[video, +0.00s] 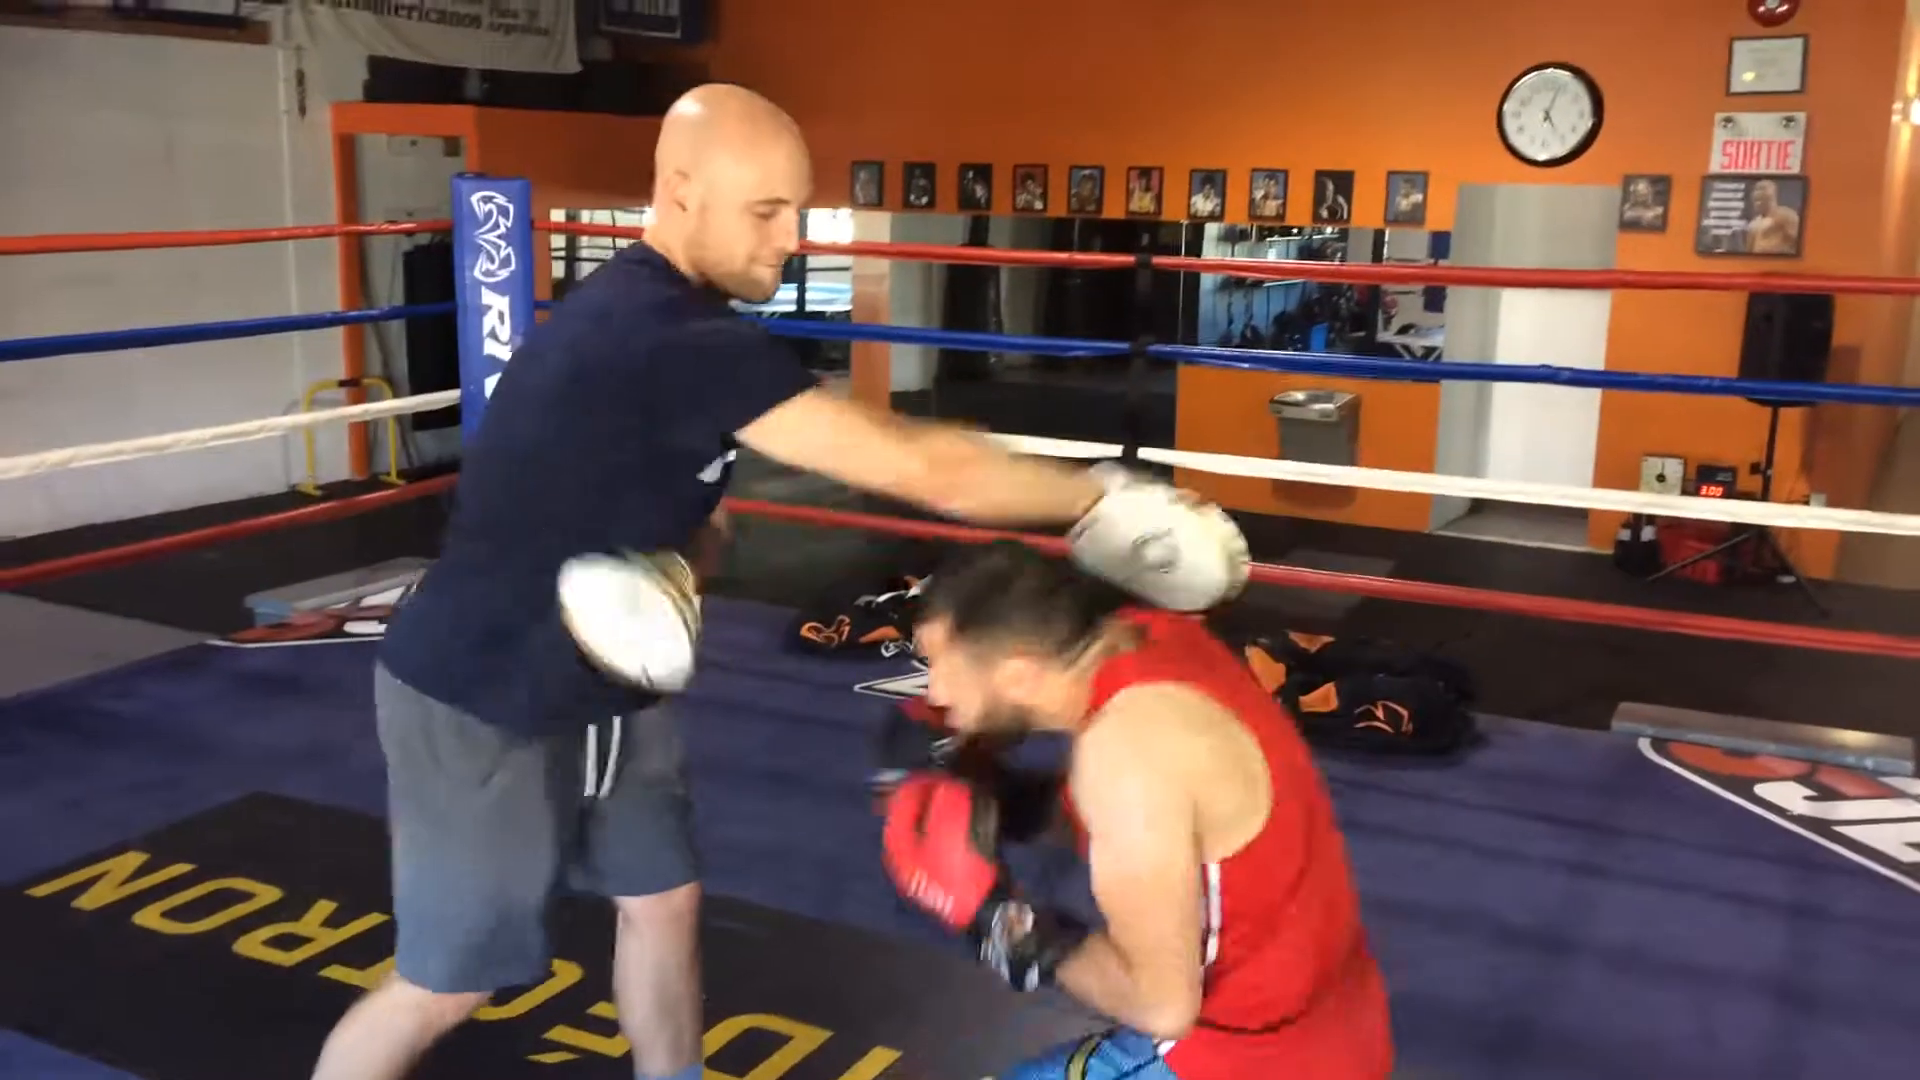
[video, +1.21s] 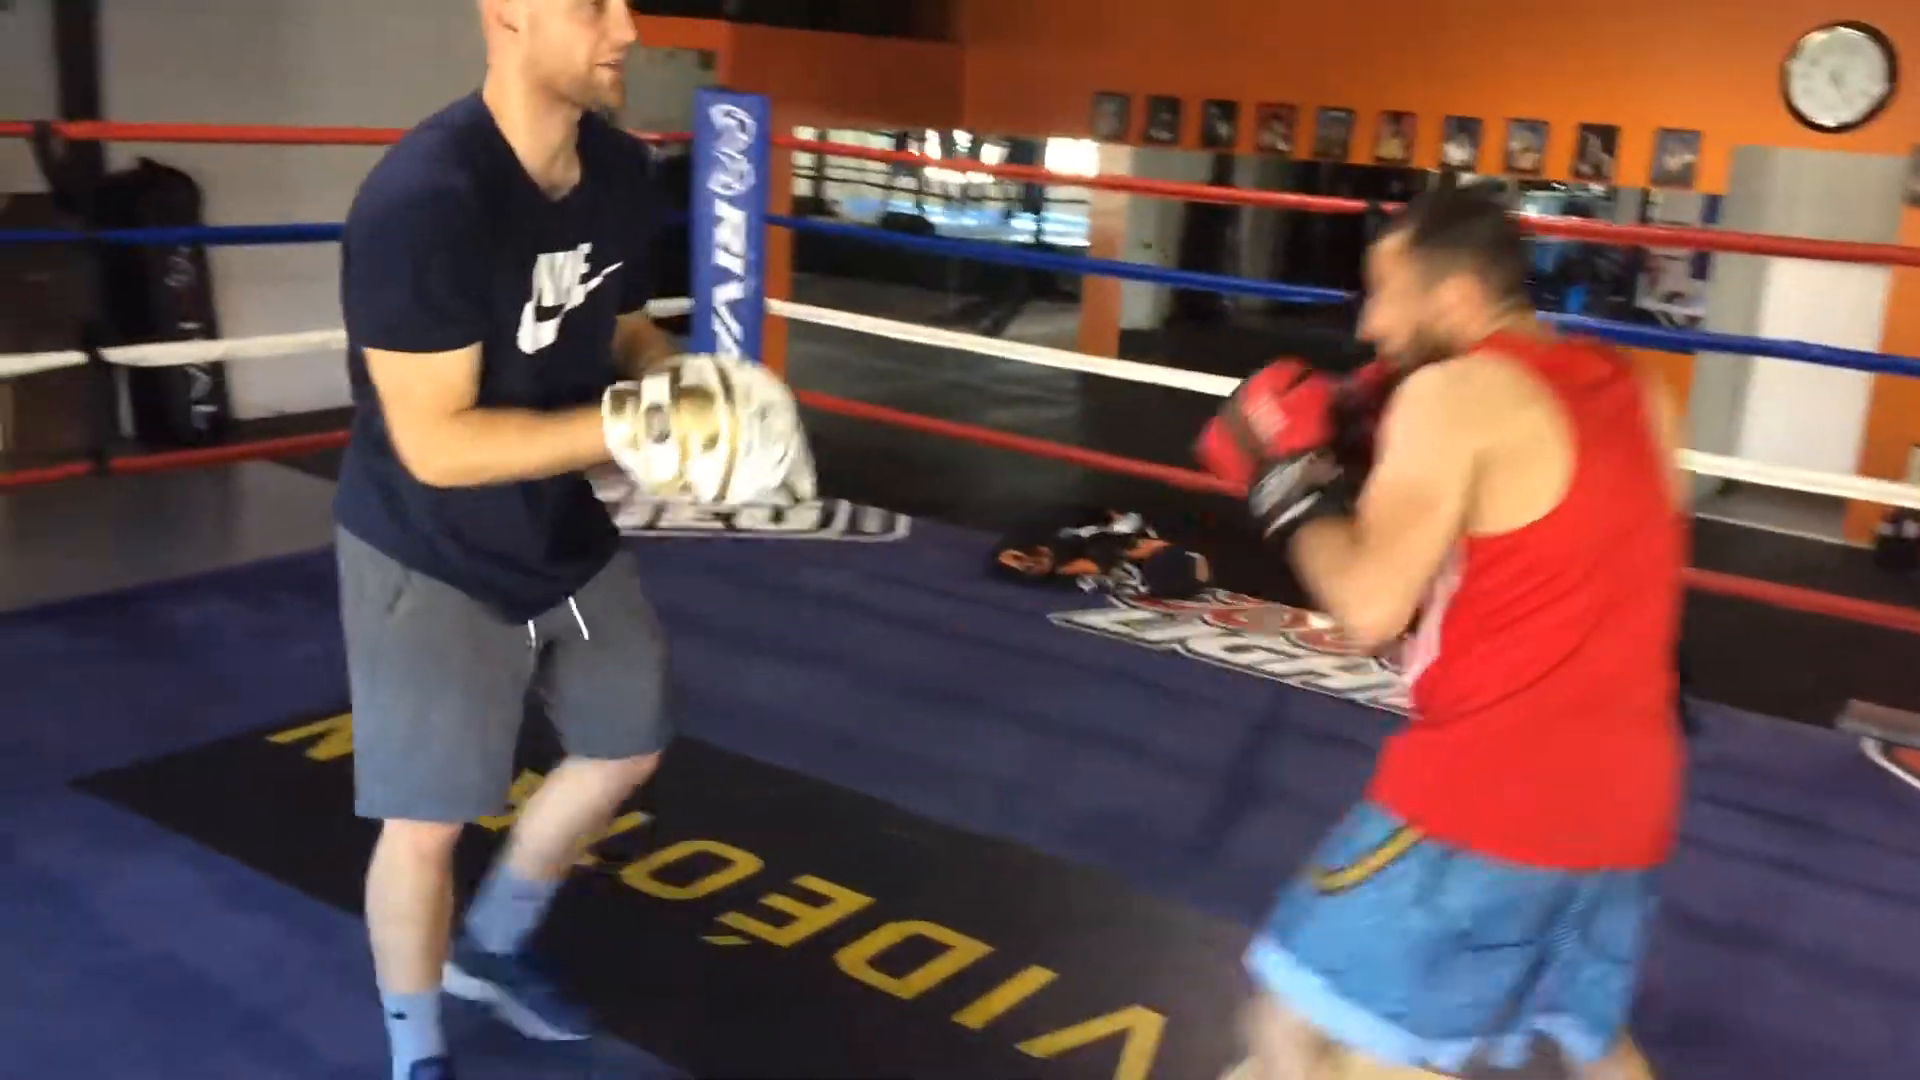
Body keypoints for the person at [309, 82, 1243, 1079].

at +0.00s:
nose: (793, 239)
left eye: (797, 212)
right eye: (769, 212)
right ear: (678, 199)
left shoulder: (677, 319)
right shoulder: (655, 333)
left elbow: (693, 490)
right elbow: (914, 465)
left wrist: (670, 573)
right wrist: (1105, 501)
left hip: (612, 674)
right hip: (473, 689)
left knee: (660, 898)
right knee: (452, 971)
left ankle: (668, 1079)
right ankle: (334, 1070)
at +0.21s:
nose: (833, 238)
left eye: (841, 211)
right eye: (810, 208)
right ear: (724, 186)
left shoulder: (756, 316)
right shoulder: (694, 335)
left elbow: (752, 530)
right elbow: (867, 531)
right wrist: (979, 529)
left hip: (627, 652)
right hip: (508, 668)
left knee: (684, 903)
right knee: (487, 962)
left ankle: (680, 1074)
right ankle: (352, 1071)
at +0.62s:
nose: (836, 179)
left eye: (843, 151)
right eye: (814, 148)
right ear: (729, 131)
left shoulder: (760, 280)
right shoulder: (664, 277)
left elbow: (759, 483)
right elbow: (763, 514)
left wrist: (775, 587)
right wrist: (901, 516)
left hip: (658, 624)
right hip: (516, 627)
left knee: (701, 843)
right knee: (480, 912)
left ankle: (694, 1071)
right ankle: (309, 1071)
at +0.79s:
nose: (777, 145)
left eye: (783, 116)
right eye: (751, 112)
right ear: (662, 112)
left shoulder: (732, 272)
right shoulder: (572, 267)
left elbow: (734, 464)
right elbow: (583, 525)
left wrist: (747, 594)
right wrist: (781, 566)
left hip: (663, 616)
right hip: (511, 629)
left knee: (718, 849)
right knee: (471, 905)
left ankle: (724, 1069)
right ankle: (320, 1069)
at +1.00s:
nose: (641, 85)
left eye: (641, 56)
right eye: (610, 55)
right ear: (517, 63)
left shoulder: (624, 223)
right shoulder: (416, 249)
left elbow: (615, 392)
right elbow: (400, 491)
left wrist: (707, 498)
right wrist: (608, 533)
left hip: (561, 588)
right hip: (412, 597)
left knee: (630, 812)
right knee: (401, 879)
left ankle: (707, 1041)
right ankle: (339, 1068)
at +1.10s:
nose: (622, 49)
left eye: (624, 21)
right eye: (590, 20)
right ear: (498, 30)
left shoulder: (611, 182)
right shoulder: (402, 222)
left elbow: (610, 351)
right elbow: (401, 464)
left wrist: (682, 439)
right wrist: (606, 480)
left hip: (568, 536)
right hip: (413, 562)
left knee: (639, 752)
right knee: (418, 834)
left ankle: (592, 1000)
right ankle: (379, 1061)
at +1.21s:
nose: (627, 28)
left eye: (624, 5)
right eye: (595, 6)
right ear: (507, 21)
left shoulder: (620, 171)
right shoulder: (420, 200)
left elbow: (605, 323)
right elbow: (434, 449)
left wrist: (693, 389)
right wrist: (640, 430)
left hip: (567, 530)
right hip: (427, 550)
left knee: (622, 744)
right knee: (428, 812)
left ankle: (488, 949)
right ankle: (416, 1058)